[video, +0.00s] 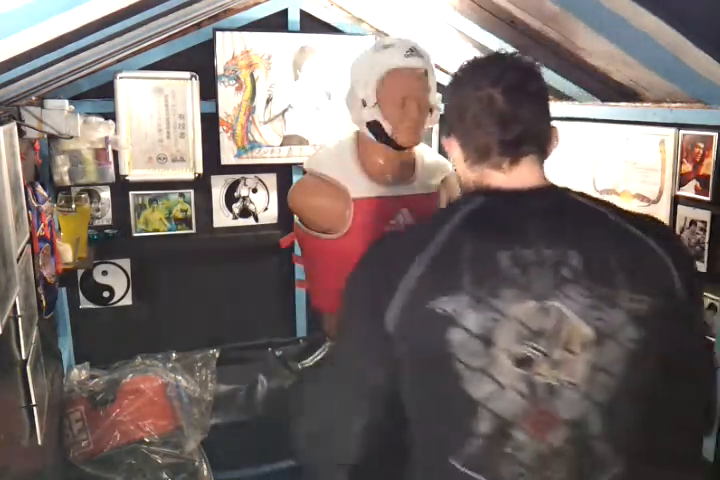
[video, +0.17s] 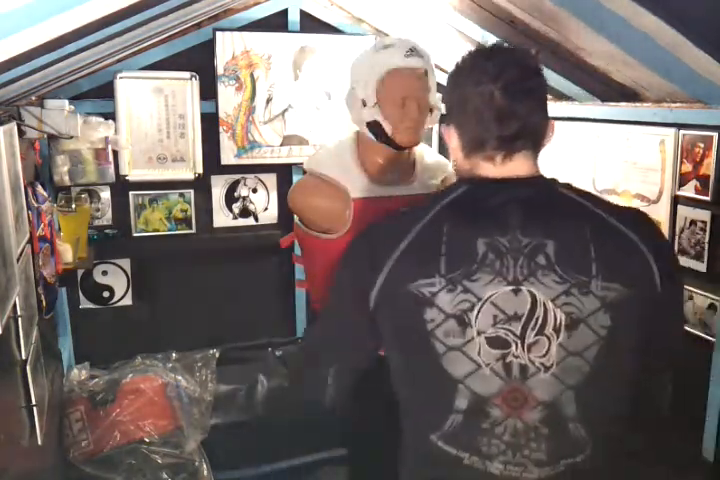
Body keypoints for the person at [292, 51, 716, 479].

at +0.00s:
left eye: (437, 132)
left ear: (451, 147)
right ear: (551, 139)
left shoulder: (396, 265)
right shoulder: (655, 249)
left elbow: (336, 445)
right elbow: (689, 423)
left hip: (453, 470)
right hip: (618, 472)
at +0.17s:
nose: (436, 133)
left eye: (436, 122)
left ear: (449, 136)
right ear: (548, 133)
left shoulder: (387, 245)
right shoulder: (638, 241)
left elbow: (326, 385)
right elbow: (658, 403)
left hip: (439, 467)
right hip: (591, 469)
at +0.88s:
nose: (471, 155)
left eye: (469, 143)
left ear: (479, 150)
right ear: (557, 141)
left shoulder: (438, 235)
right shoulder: (631, 249)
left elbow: (363, 350)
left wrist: (377, 463)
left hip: (452, 461)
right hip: (574, 463)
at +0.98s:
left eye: (465, 144)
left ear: (475, 152)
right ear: (553, 142)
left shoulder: (433, 234)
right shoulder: (628, 244)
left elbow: (365, 337)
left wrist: (374, 460)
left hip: (450, 458)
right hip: (565, 461)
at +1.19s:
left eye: (465, 143)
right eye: (400, 104)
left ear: (476, 153)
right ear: (553, 142)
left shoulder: (435, 232)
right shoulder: (626, 243)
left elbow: (369, 355)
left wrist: (376, 465)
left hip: (451, 457)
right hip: (568, 459)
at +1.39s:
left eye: (465, 147)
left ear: (476, 154)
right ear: (553, 143)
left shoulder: (438, 234)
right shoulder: (625, 241)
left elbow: (368, 357)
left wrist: (378, 466)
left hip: (455, 458)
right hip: (571, 460)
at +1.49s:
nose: (467, 160)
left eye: (465, 148)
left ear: (477, 154)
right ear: (552, 143)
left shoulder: (440, 234)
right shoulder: (624, 239)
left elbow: (370, 358)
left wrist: (378, 466)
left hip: (455, 459)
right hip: (570, 461)